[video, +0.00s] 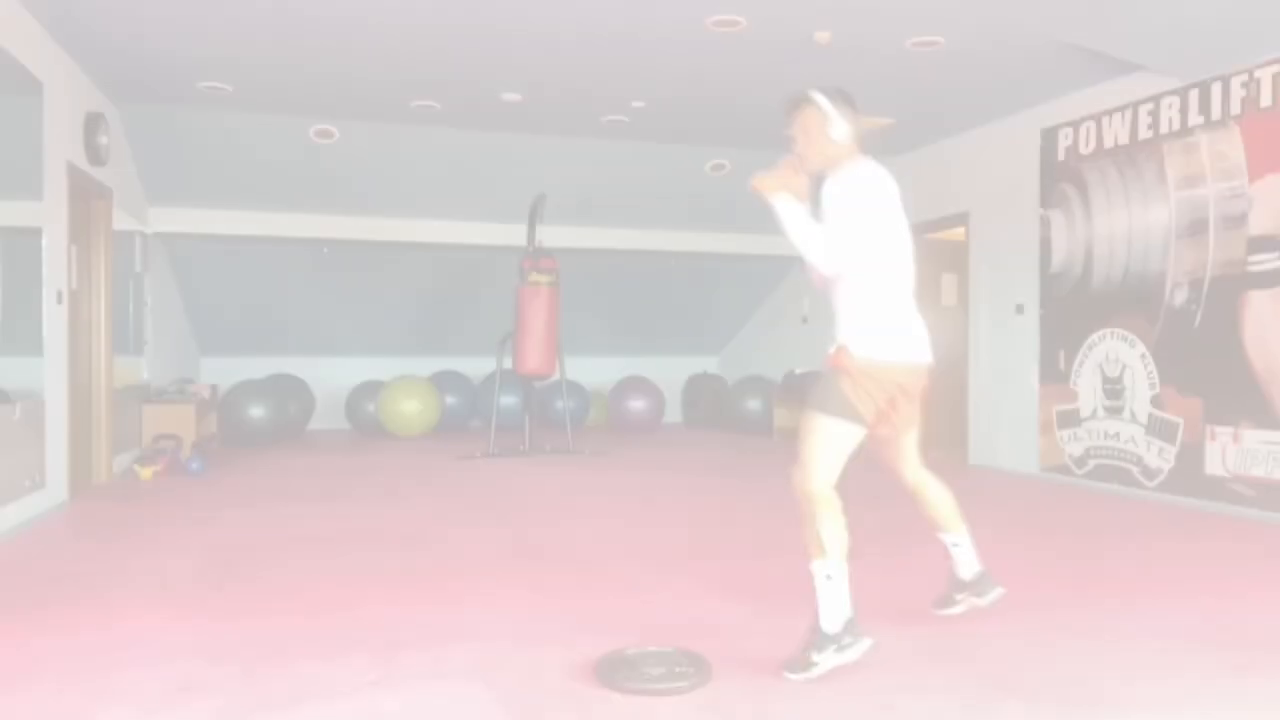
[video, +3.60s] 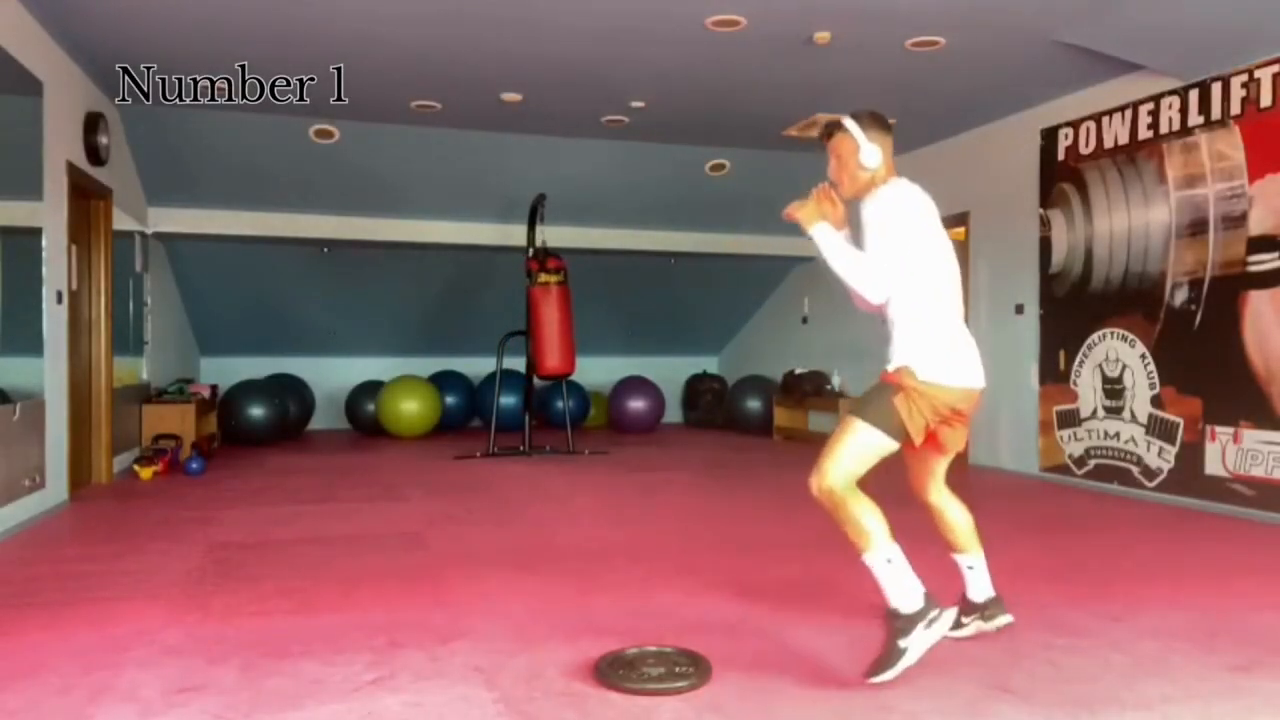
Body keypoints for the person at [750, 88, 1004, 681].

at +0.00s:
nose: (795, 146)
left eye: (801, 133)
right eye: (794, 134)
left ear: (830, 130)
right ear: (847, 131)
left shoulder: (845, 183)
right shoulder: (877, 180)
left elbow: (829, 262)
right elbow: (863, 264)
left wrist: (784, 201)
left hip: (866, 355)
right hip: (907, 353)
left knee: (813, 480)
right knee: (911, 467)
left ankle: (837, 627)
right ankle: (973, 576)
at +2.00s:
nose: (785, 195)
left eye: (793, 181)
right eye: (782, 183)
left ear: (830, 176)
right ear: (795, 184)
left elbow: (859, 332)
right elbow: (790, 327)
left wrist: (799, 258)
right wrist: (761, 266)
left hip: (896, 402)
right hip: (871, 400)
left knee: (793, 514)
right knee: (884, 519)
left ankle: (807, 676)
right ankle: (981, 609)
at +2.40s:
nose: (813, 225)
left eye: (815, 214)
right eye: (809, 216)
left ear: (840, 201)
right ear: (862, 196)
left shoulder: (874, 238)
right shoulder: (902, 237)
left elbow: (821, 312)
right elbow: (873, 337)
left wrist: (810, 235)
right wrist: (832, 258)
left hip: (922, 404)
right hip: (958, 406)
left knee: (822, 504)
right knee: (919, 504)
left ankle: (805, 661)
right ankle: (992, 617)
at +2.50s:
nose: (821, 183)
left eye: (825, 170)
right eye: (820, 171)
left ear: (852, 166)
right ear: (870, 165)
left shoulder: (888, 205)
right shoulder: (914, 204)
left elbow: (827, 266)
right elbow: (887, 311)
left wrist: (825, 196)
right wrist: (848, 226)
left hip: (935, 369)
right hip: (967, 371)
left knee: (842, 474)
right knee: (931, 479)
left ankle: (853, 629)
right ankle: (989, 596)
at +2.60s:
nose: (830, 175)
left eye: (833, 162)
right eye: (829, 163)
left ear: (862, 160)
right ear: (878, 159)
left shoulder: (900, 204)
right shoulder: (922, 201)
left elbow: (849, 270)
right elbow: (897, 301)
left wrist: (837, 199)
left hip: (946, 369)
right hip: (980, 371)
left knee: (851, 471)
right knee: (937, 478)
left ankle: (914, 612)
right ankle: (995, 595)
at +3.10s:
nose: (815, 157)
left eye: (822, 144)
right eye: (814, 145)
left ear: (852, 142)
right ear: (865, 143)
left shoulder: (871, 193)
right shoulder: (898, 188)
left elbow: (853, 276)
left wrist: (809, 212)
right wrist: (831, 210)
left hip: (901, 362)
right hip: (936, 362)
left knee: (826, 488)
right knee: (919, 474)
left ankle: (823, 647)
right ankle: (992, 583)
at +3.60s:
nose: (831, 170)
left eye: (837, 157)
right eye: (830, 158)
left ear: (868, 156)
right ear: (879, 158)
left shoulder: (884, 204)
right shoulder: (912, 200)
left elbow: (876, 288)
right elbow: (881, 294)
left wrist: (822, 230)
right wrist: (837, 227)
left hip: (923, 375)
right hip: (959, 375)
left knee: (830, 481)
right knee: (932, 486)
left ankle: (912, 609)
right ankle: (984, 599)